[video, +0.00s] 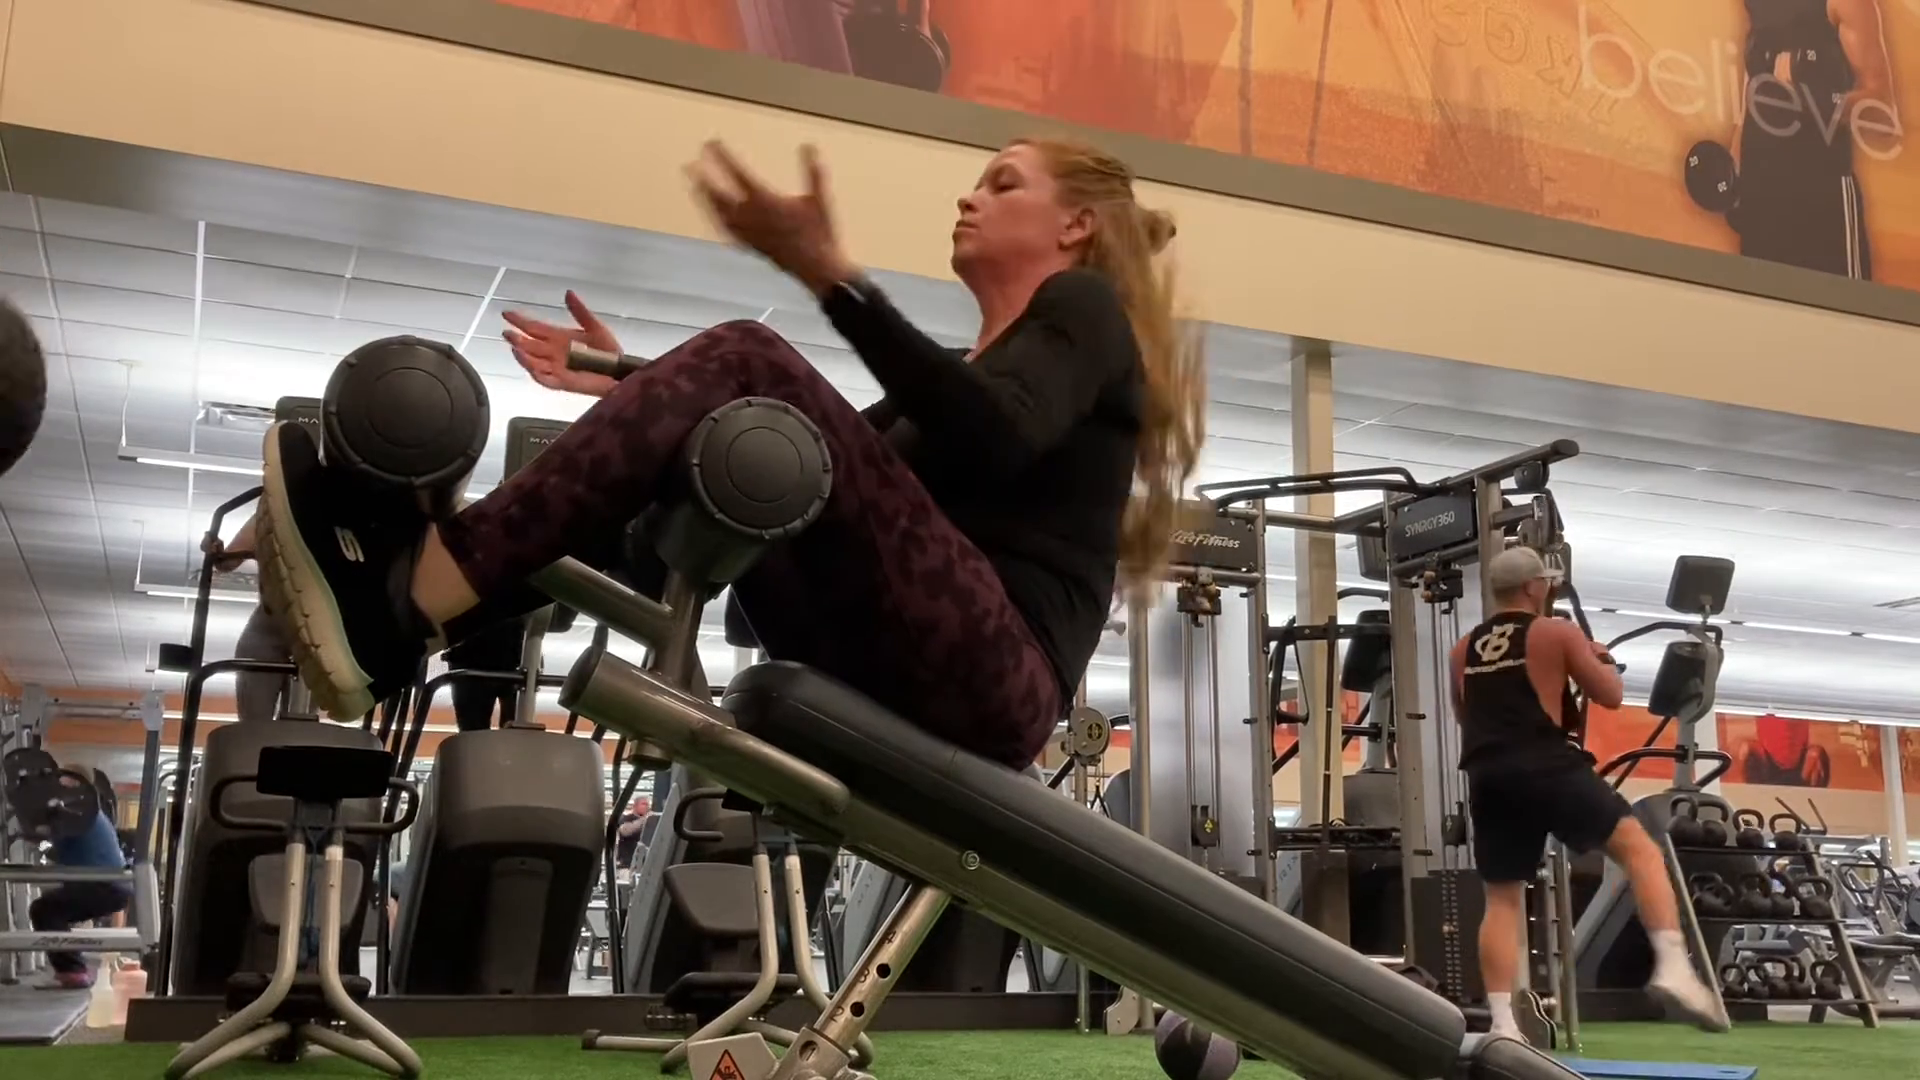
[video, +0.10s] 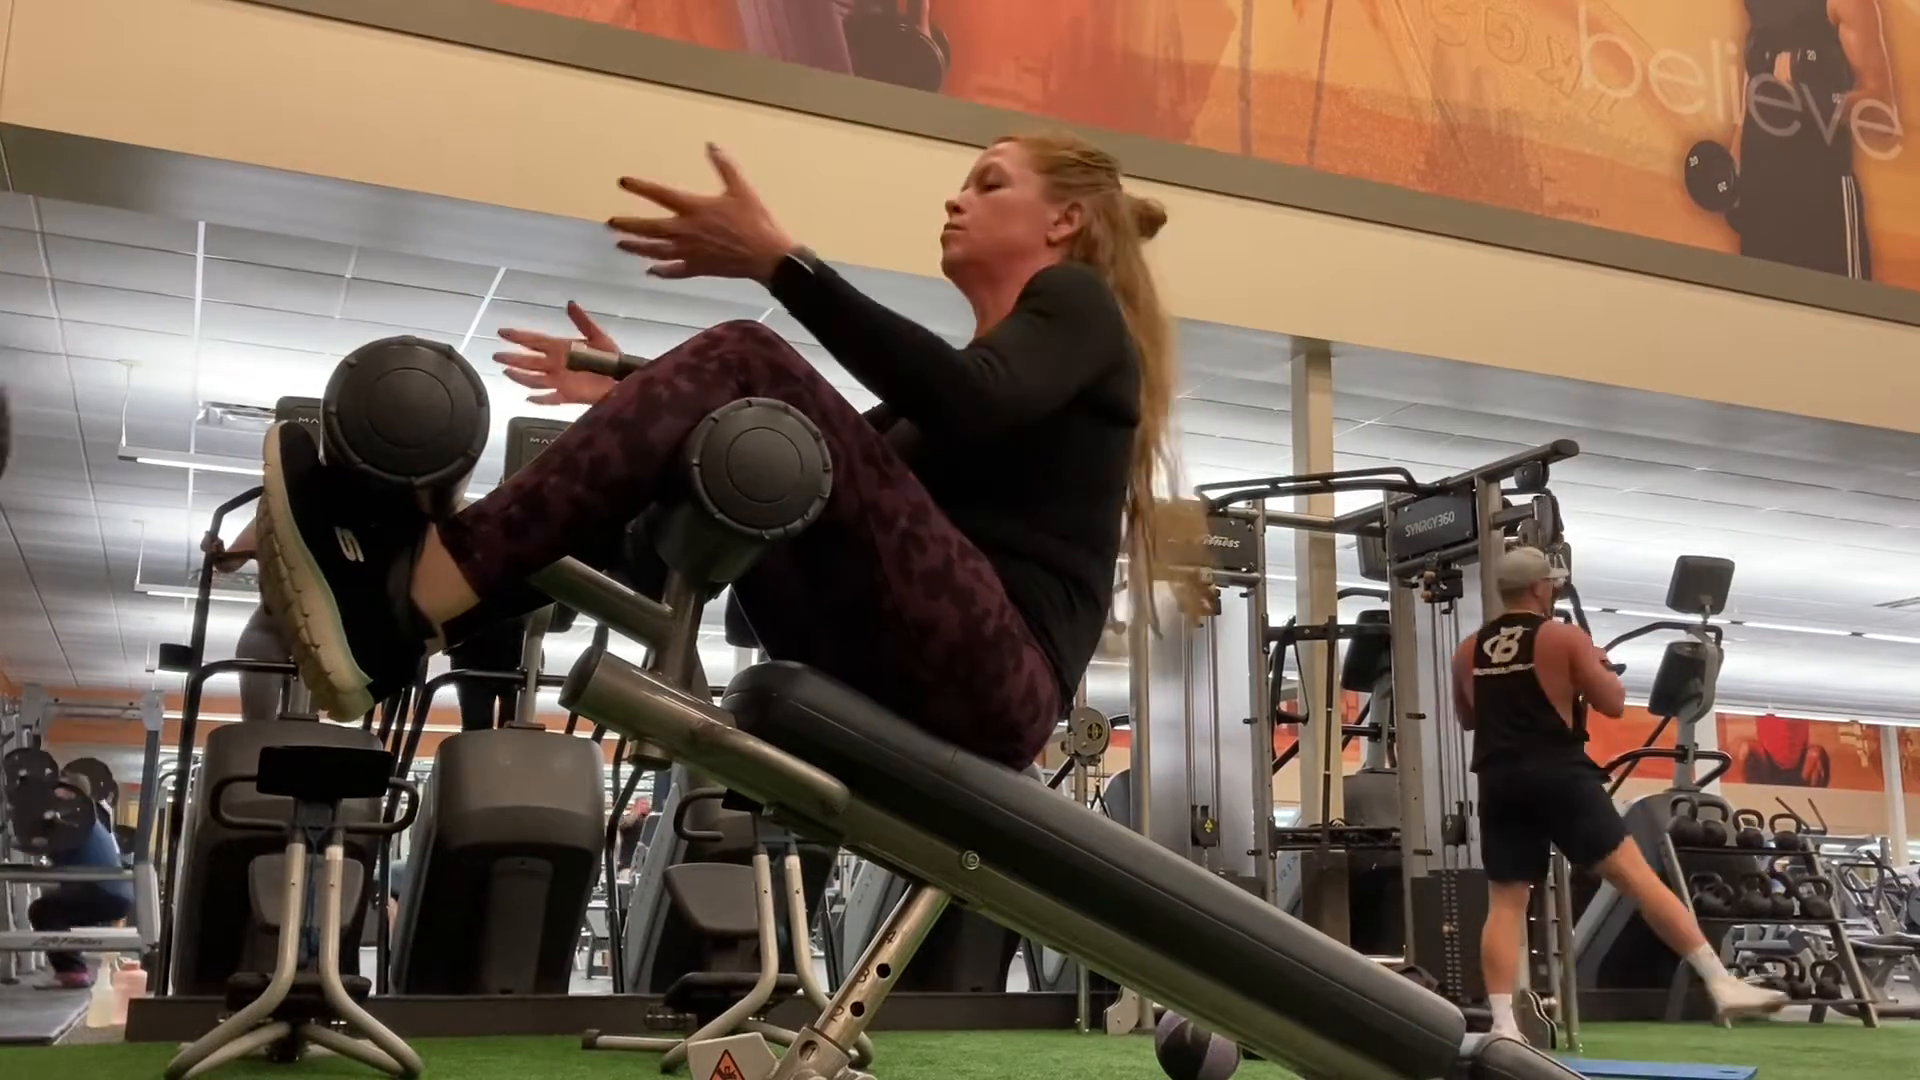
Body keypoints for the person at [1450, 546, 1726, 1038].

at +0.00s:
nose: (1550, 593)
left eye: (1548, 586)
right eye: (1547, 586)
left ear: (1495, 592)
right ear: (1534, 587)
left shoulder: (1465, 647)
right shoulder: (1557, 632)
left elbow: (1464, 712)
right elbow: (1611, 695)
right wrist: (1600, 658)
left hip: (1488, 778)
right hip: (1550, 768)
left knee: (1501, 901)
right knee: (1640, 850)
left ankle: (1502, 1027)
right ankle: (1674, 966)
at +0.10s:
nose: (1556, 593)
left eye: (1554, 586)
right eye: (1553, 586)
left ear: (1503, 592)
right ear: (1540, 589)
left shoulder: (1469, 651)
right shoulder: (1565, 637)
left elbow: (1467, 717)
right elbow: (1612, 702)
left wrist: (1512, 683)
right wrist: (1599, 665)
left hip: (1500, 786)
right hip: (1563, 779)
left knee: (1505, 905)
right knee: (1636, 878)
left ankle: (1503, 1029)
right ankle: (1723, 983)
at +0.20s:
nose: (1561, 592)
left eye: (1557, 586)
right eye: (1559, 586)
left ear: (1510, 593)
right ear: (1553, 590)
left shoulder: (1476, 650)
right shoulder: (1582, 641)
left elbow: (1469, 717)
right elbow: (1620, 713)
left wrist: (1517, 697)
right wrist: (1593, 678)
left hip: (1513, 786)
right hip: (1579, 778)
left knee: (1509, 907)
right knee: (1643, 886)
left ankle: (1504, 1030)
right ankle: (1716, 1003)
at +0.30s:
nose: (1570, 599)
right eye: (1571, 592)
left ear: (1523, 597)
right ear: (1571, 594)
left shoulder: (1493, 652)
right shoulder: (1603, 647)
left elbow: (1472, 720)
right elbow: (1633, 720)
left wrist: (1508, 732)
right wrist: (1599, 692)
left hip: (1530, 789)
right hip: (1598, 785)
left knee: (1516, 908)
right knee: (1645, 893)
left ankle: (1503, 1029)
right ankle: (1691, 1020)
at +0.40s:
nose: (1584, 603)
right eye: (1590, 594)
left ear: (1544, 598)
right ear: (1590, 597)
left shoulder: (1517, 656)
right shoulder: (1628, 652)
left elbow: (1493, 728)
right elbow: (1651, 723)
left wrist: (1500, 780)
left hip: (1550, 796)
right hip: (1618, 796)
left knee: (1531, 905)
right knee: (1646, 907)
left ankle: (1504, 1031)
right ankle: (1680, 1038)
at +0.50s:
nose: (1597, 604)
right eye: (1604, 595)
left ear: (1563, 599)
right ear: (1609, 598)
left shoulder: (1538, 654)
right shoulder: (1649, 652)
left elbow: (1514, 730)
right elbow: (1666, 730)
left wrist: (1491, 794)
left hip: (1570, 795)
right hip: (1639, 794)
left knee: (1538, 900)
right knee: (1660, 911)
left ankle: (1513, 1027)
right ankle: (1683, 1039)